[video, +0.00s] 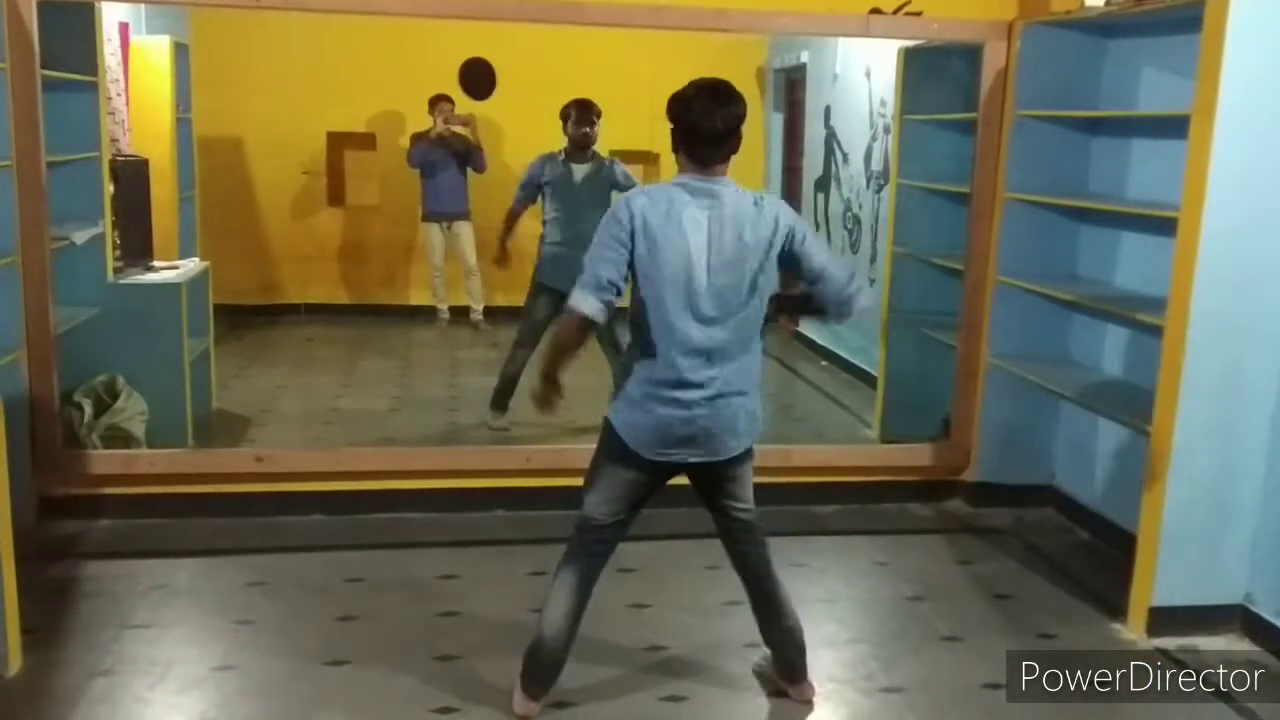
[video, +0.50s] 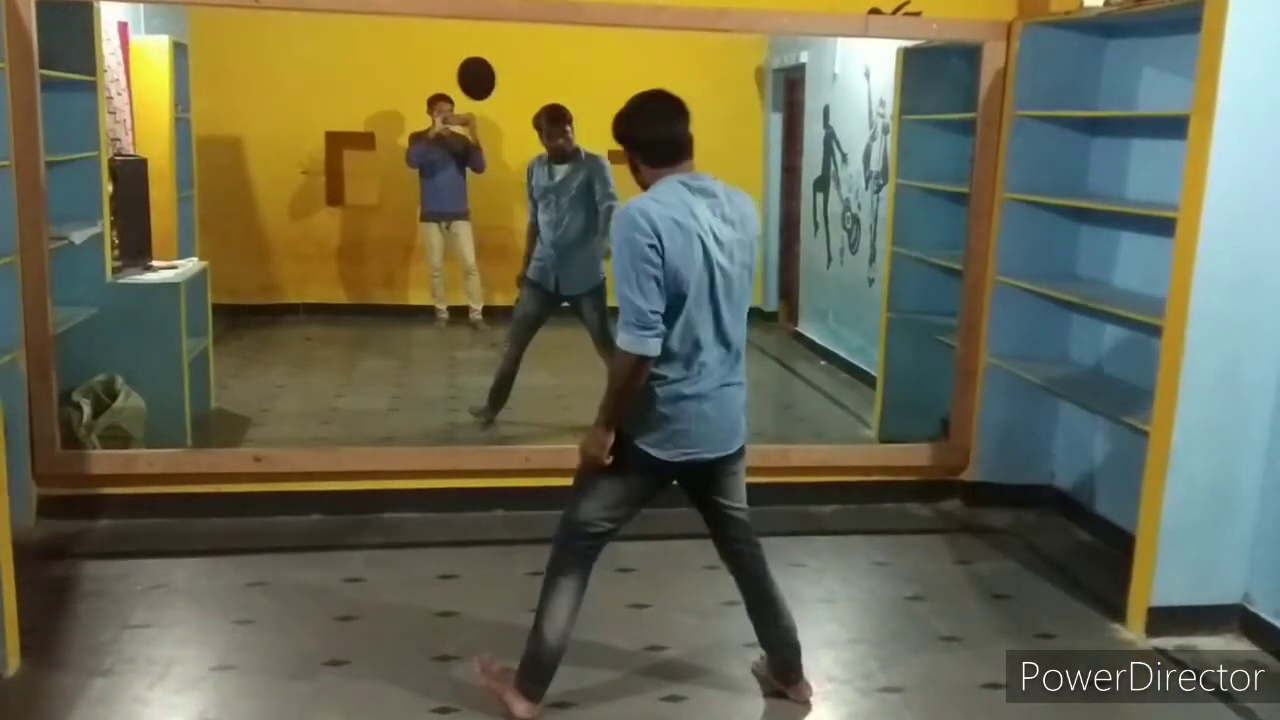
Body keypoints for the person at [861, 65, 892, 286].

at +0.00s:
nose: (881, 116)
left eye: (884, 113)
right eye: (879, 113)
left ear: (888, 115)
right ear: (875, 114)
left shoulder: (886, 132)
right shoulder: (874, 131)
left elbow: (887, 155)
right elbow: (871, 107)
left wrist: (886, 176)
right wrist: (869, 81)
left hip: (881, 178)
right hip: (871, 178)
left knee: (879, 218)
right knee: (870, 217)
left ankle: (875, 258)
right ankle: (870, 255)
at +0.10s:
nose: (881, 115)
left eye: (884, 112)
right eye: (879, 111)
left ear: (888, 114)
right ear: (876, 114)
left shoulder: (886, 132)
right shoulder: (875, 130)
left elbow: (889, 156)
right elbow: (871, 107)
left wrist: (887, 176)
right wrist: (869, 81)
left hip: (882, 176)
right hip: (872, 176)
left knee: (879, 219)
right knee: (872, 218)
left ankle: (876, 263)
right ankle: (872, 257)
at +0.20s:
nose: (881, 114)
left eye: (884, 111)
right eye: (879, 111)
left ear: (888, 113)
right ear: (876, 113)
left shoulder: (886, 132)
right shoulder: (875, 130)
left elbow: (889, 157)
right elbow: (871, 106)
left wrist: (887, 175)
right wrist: (869, 81)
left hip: (882, 175)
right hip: (872, 176)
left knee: (878, 218)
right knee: (872, 217)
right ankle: (872, 254)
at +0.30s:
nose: (881, 114)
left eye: (884, 111)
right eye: (879, 111)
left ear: (888, 113)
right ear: (876, 113)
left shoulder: (886, 132)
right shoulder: (875, 130)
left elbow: (889, 157)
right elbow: (871, 106)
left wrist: (887, 175)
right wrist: (869, 81)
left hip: (882, 175)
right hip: (872, 176)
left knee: (879, 218)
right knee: (872, 217)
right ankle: (872, 253)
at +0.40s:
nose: (881, 115)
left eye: (884, 112)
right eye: (879, 112)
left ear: (888, 114)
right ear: (876, 114)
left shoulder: (886, 132)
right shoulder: (874, 130)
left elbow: (889, 157)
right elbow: (870, 106)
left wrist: (887, 176)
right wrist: (868, 81)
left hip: (881, 176)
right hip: (871, 176)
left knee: (878, 219)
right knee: (871, 218)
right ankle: (871, 251)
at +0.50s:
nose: (880, 115)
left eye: (883, 112)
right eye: (879, 112)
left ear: (887, 114)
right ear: (875, 113)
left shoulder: (886, 133)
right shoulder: (874, 130)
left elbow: (889, 157)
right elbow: (870, 106)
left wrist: (886, 175)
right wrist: (868, 81)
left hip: (881, 177)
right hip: (871, 177)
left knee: (878, 221)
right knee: (871, 220)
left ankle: (874, 266)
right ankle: (871, 260)